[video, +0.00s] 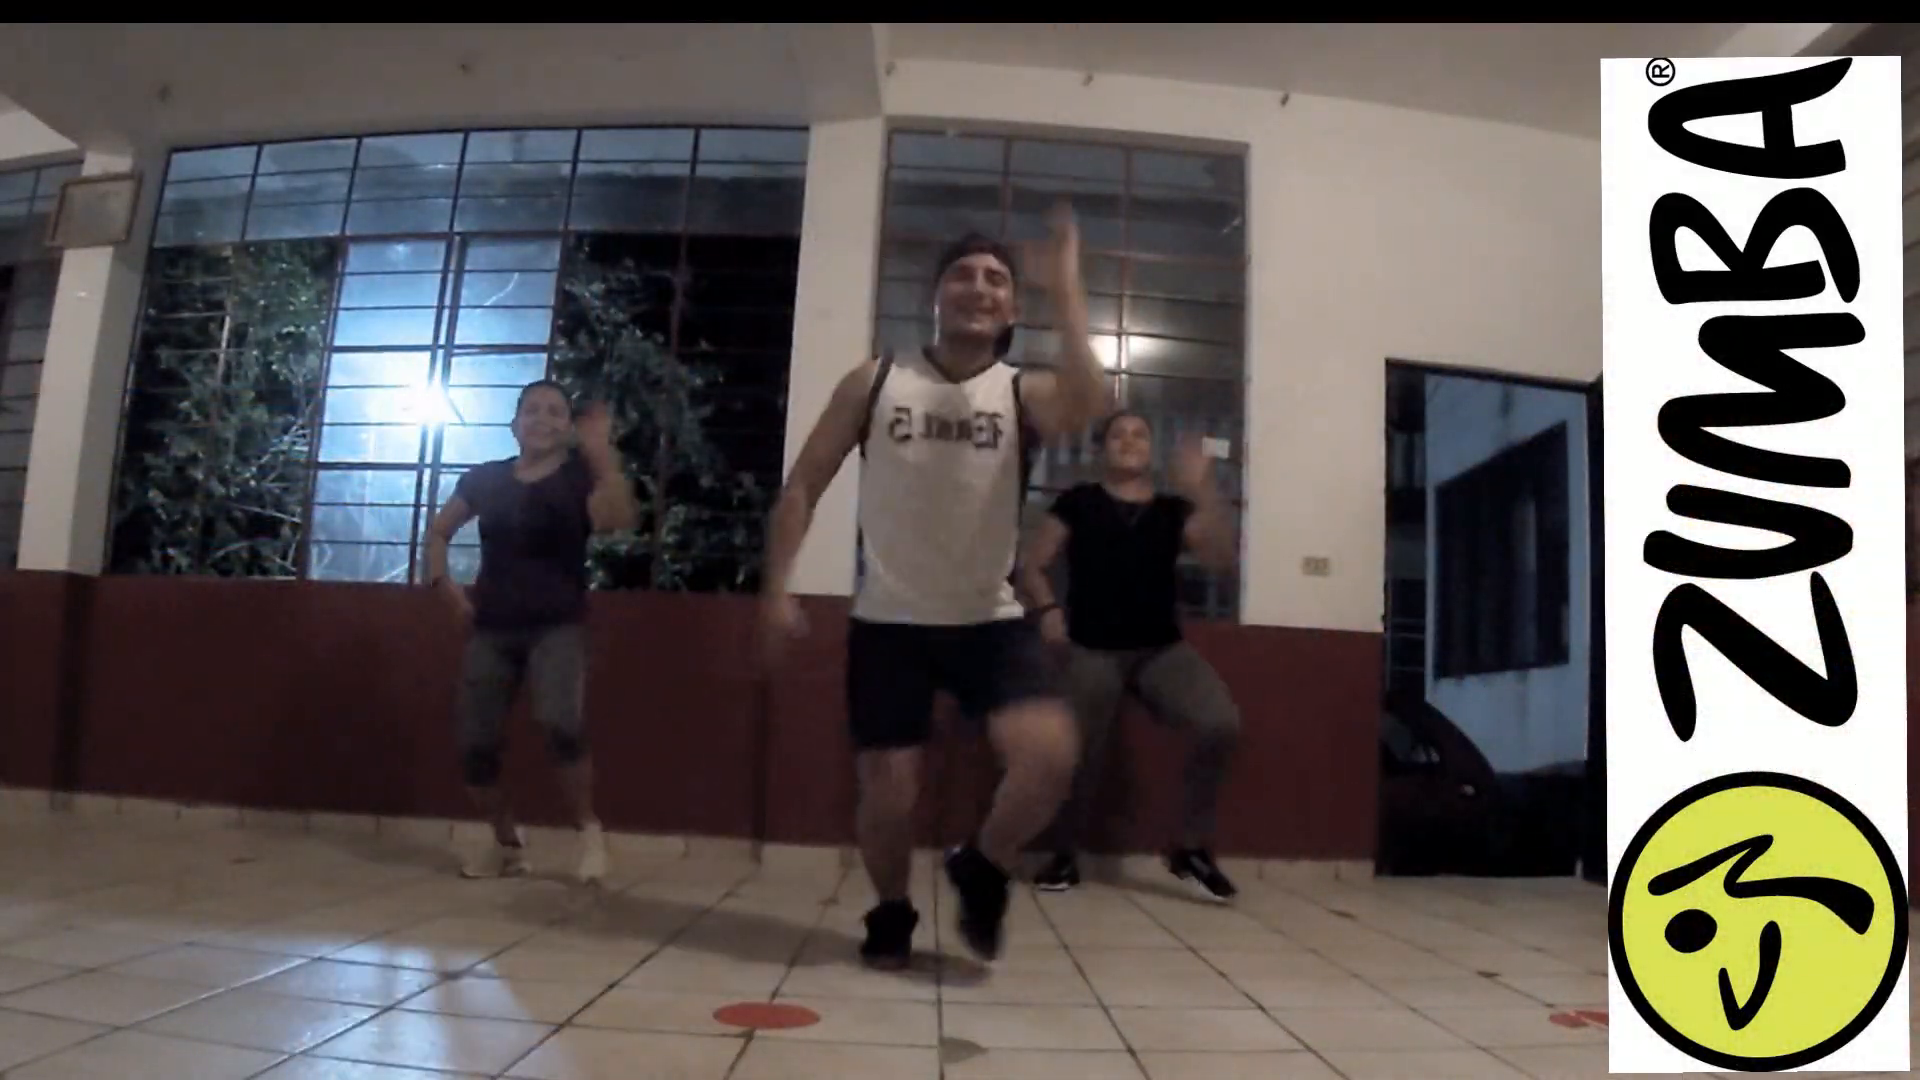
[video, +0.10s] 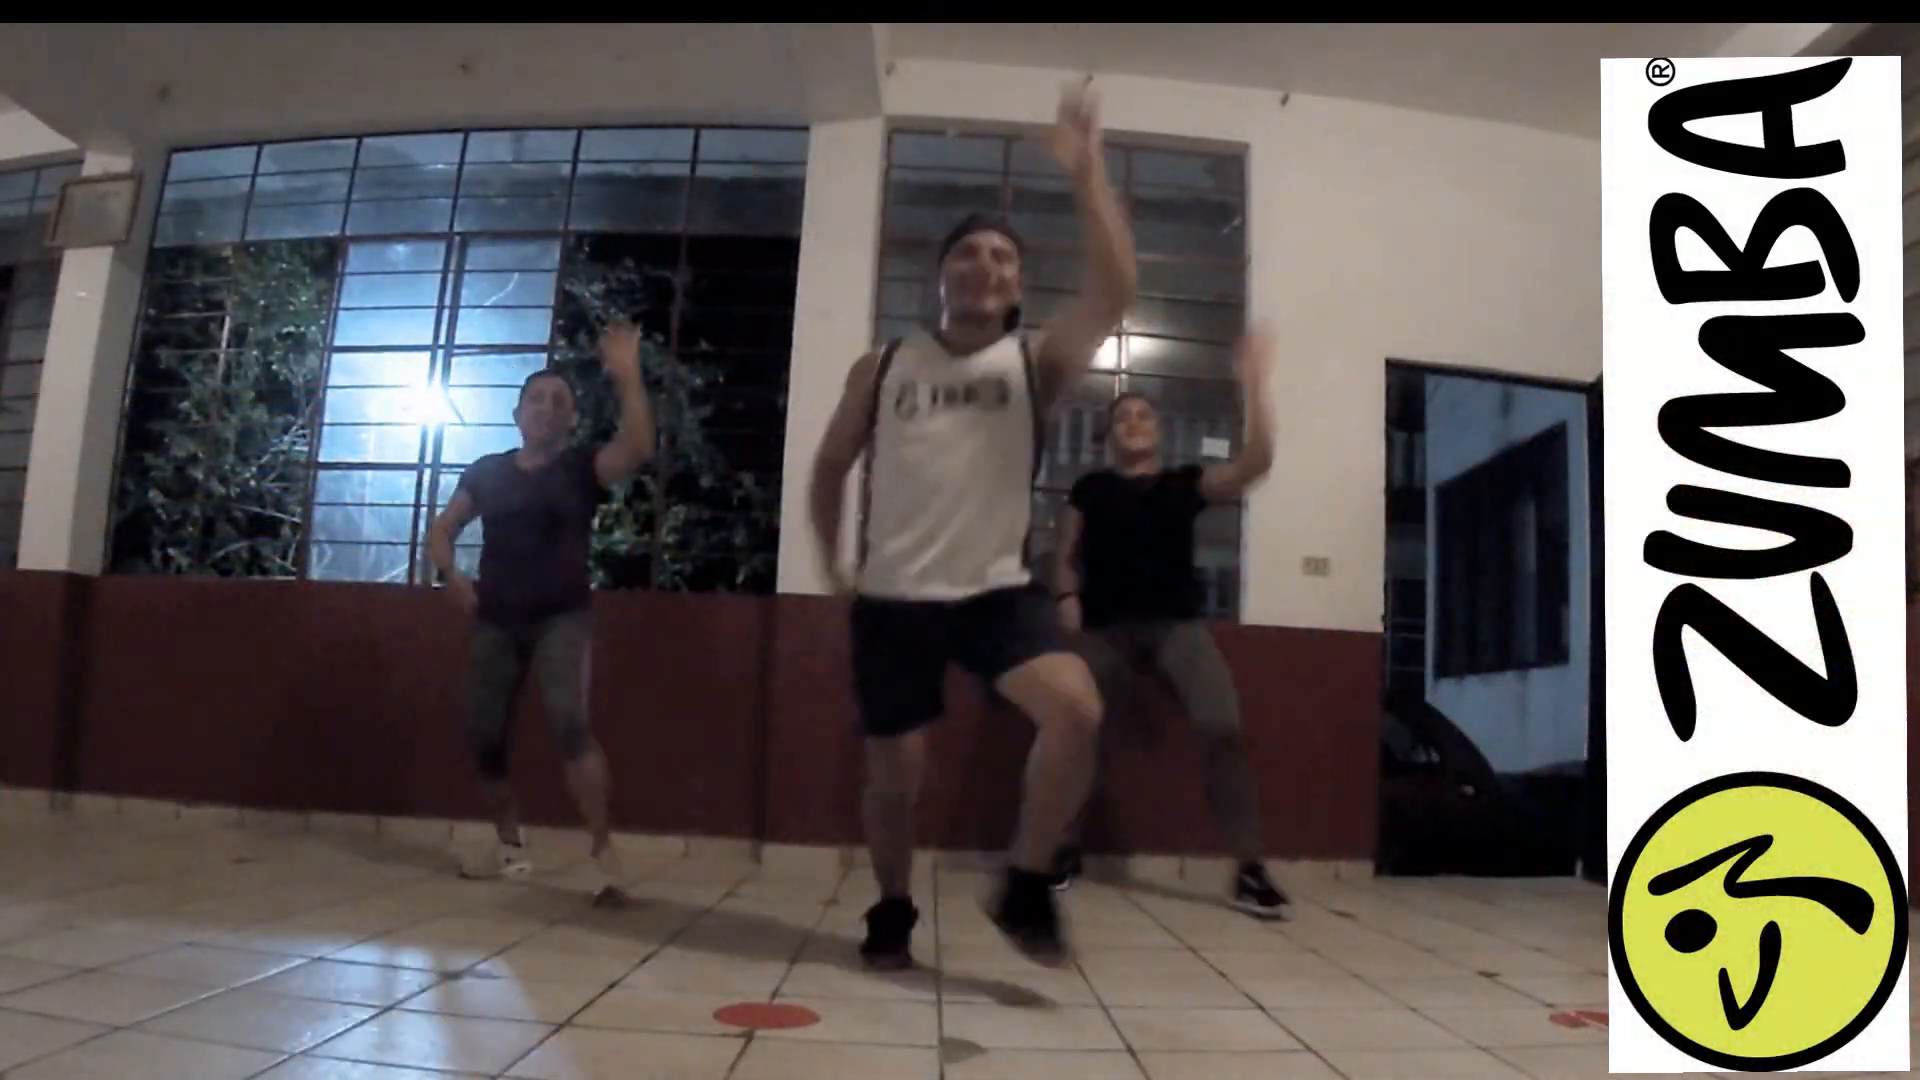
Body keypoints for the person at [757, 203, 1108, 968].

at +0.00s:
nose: (978, 288)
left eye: (994, 280)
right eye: (963, 276)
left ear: (1012, 310)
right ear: (935, 296)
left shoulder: (1021, 390)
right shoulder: (876, 384)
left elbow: (1089, 402)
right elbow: (803, 486)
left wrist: (1067, 293)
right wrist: (778, 587)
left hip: (990, 619)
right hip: (891, 620)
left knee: (1048, 755)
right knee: (888, 784)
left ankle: (982, 866)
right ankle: (891, 910)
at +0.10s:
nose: (986, 268)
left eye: (1002, 259)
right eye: (970, 256)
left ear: (1020, 283)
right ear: (939, 277)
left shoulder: (1034, 365)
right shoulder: (886, 369)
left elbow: (1112, 294)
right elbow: (828, 467)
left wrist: (1086, 172)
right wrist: (834, 567)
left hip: (994, 595)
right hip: (893, 596)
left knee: (1076, 706)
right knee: (894, 764)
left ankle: (1026, 886)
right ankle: (893, 908)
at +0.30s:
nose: (1008, 252)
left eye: (1023, 245)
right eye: (992, 243)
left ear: (1046, 271)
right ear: (965, 267)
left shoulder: (1068, 334)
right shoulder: (928, 364)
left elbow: (1117, 207)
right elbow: (882, 452)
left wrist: (1137, 79)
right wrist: (865, 475)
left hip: (1024, 587)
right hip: (917, 587)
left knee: (1059, 765)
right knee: (894, 777)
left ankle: (1117, 969)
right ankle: (899, 901)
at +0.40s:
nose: (1027, 247)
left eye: (1040, 241)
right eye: (1008, 241)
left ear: (1062, 275)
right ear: (981, 277)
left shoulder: (1089, 341)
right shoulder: (942, 380)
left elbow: (1131, 210)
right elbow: (883, 485)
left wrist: (1148, 77)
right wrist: (885, 381)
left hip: (1041, 599)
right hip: (932, 594)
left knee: (1083, 776)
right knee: (836, 755)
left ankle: (1120, 973)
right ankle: (893, 862)